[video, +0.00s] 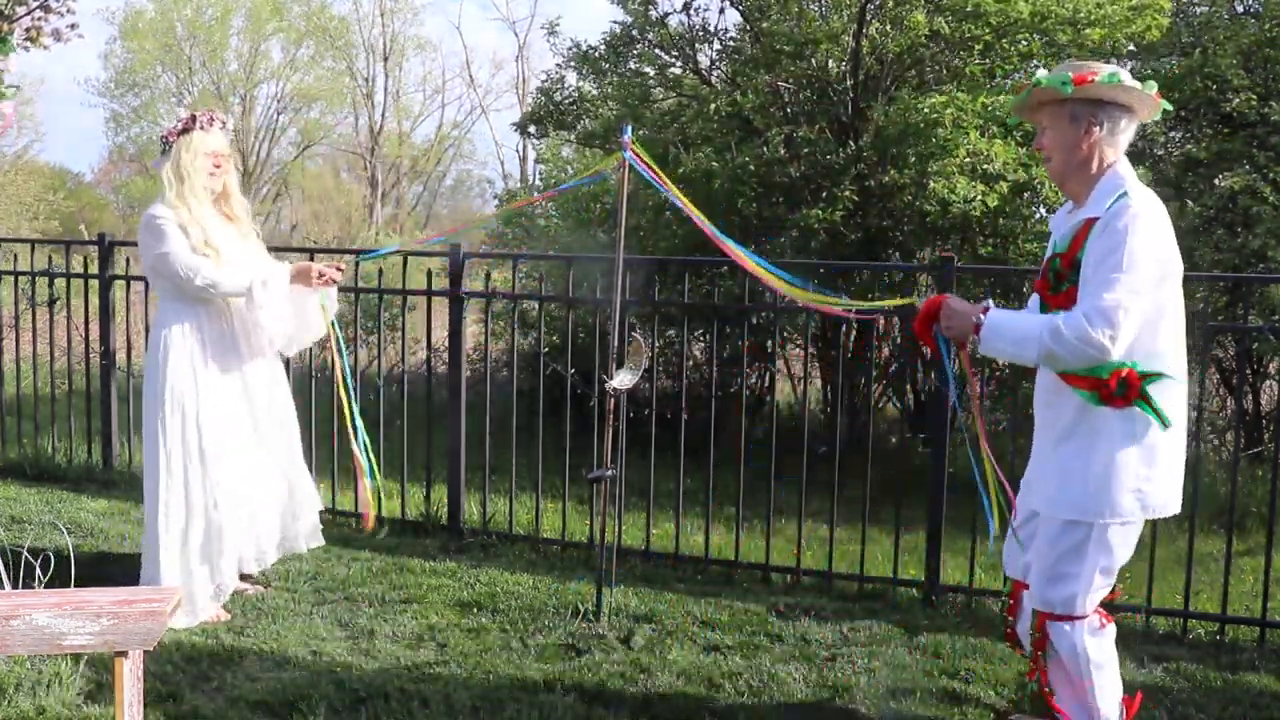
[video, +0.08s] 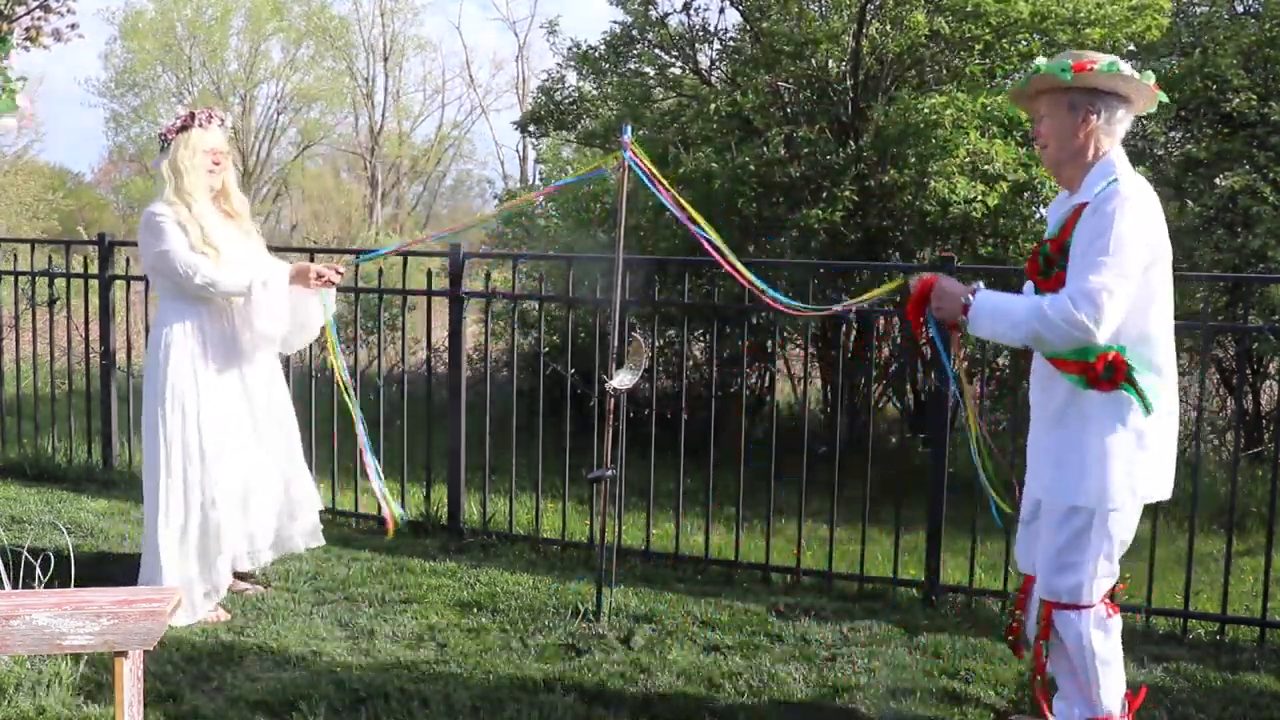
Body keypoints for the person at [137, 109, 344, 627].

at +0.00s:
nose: (219, 164)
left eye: (224, 155)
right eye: (207, 156)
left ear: (232, 162)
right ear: (181, 164)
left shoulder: (233, 221)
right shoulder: (161, 219)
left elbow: (261, 277)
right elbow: (193, 276)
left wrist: (306, 280)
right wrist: (273, 278)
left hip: (237, 353)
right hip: (190, 356)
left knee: (237, 458)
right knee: (194, 466)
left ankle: (229, 569)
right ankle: (193, 588)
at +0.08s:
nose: (217, 161)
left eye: (223, 153)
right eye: (206, 154)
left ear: (231, 159)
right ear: (180, 161)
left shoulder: (232, 217)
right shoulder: (161, 217)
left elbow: (259, 270)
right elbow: (193, 276)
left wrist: (303, 276)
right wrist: (274, 279)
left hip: (234, 349)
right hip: (188, 352)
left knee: (233, 456)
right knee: (192, 464)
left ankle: (224, 567)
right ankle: (189, 589)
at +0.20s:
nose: (218, 164)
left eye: (223, 156)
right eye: (207, 157)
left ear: (231, 163)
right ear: (182, 166)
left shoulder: (234, 223)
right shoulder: (161, 221)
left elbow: (262, 283)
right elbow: (194, 279)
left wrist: (314, 283)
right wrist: (277, 277)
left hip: (238, 355)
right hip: (189, 357)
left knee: (236, 459)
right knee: (195, 465)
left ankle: (227, 569)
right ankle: (191, 589)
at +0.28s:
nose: (219, 164)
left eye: (223, 155)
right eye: (207, 157)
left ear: (231, 161)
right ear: (182, 165)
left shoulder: (234, 220)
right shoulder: (162, 219)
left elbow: (266, 279)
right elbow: (199, 277)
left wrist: (321, 277)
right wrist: (281, 271)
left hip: (237, 356)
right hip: (189, 358)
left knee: (235, 459)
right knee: (194, 465)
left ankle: (227, 568)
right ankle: (191, 589)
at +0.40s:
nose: (224, 153)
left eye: (228, 145)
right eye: (212, 145)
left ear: (235, 152)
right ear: (186, 154)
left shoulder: (236, 213)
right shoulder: (165, 208)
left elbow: (266, 269)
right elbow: (199, 267)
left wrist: (315, 273)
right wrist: (275, 269)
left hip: (236, 351)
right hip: (189, 353)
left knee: (231, 458)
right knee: (189, 463)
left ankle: (221, 567)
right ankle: (183, 588)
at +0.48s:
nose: (224, 154)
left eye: (228, 146)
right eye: (213, 147)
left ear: (235, 153)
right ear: (186, 155)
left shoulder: (237, 215)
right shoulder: (166, 211)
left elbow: (262, 281)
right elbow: (201, 266)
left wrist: (319, 283)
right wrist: (288, 269)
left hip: (237, 353)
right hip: (189, 355)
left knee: (232, 458)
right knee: (190, 464)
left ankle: (220, 568)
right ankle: (184, 588)